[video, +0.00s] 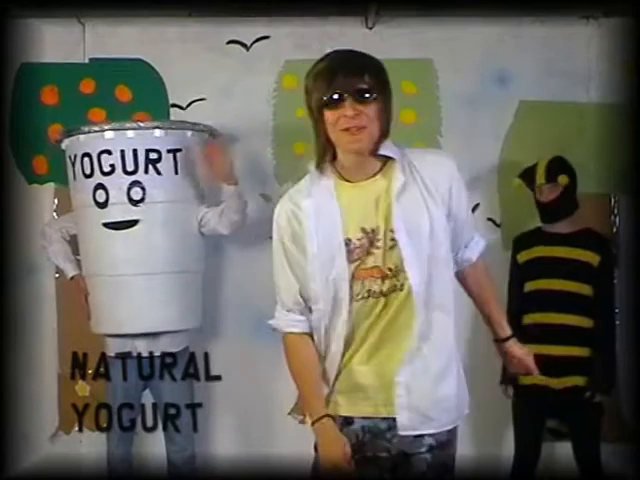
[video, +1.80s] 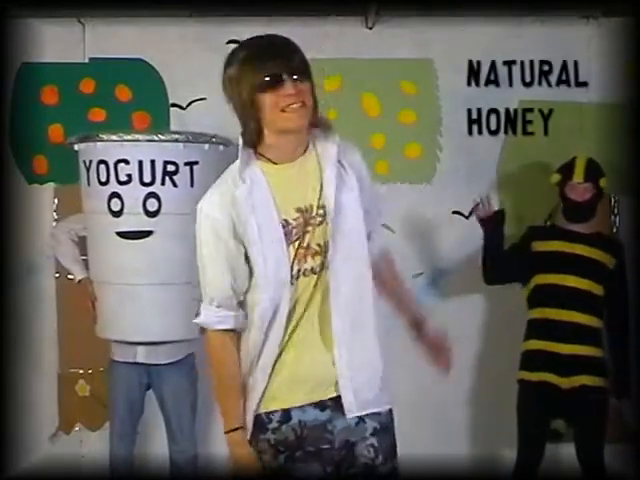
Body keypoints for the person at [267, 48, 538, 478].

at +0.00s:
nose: (350, 112)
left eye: (364, 97)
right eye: (334, 101)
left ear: (385, 107)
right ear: (319, 116)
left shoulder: (436, 174)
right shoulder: (296, 209)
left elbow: (469, 261)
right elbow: (295, 325)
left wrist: (506, 339)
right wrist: (321, 424)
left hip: (427, 417)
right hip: (343, 421)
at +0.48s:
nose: (402, 102)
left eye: (401, 91)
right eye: (386, 91)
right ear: (343, 102)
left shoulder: (410, 167)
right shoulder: (291, 206)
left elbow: (457, 235)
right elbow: (283, 342)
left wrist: (518, 280)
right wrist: (328, 442)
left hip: (411, 417)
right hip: (332, 428)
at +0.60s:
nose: (399, 117)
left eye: (398, 106)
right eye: (393, 107)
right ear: (359, 109)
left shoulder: (378, 163)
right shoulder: (274, 202)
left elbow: (431, 205)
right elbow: (266, 342)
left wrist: (507, 238)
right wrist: (303, 441)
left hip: (395, 406)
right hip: (321, 423)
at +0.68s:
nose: (379, 122)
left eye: (379, 111)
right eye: (373, 113)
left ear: (319, 106)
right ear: (343, 113)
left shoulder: (362, 164)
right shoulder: (263, 201)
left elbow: (413, 193)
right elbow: (249, 341)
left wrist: (488, 209)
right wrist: (282, 440)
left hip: (386, 407)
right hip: (312, 422)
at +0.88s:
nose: (350, 113)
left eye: (349, 104)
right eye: (346, 106)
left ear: (288, 101)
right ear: (325, 108)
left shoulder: (339, 162)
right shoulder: (240, 199)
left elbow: (382, 180)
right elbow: (223, 336)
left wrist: (427, 189)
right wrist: (243, 441)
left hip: (372, 407)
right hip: (294, 420)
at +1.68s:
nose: (321, 95)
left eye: (319, 85)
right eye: (307, 87)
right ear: (268, 100)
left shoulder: (327, 158)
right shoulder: (223, 200)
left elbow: (379, 205)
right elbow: (208, 329)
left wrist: (430, 231)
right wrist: (240, 431)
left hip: (364, 403)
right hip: (283, 418)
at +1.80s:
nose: (293, 91)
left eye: (299, 77)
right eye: (272, 83)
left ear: (312, 86)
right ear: (246, 101)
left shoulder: (346, 165)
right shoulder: (223, 203)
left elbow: (377, 257)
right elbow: (220, 326)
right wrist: (235, 434)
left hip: (363, 406)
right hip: (280, 419)